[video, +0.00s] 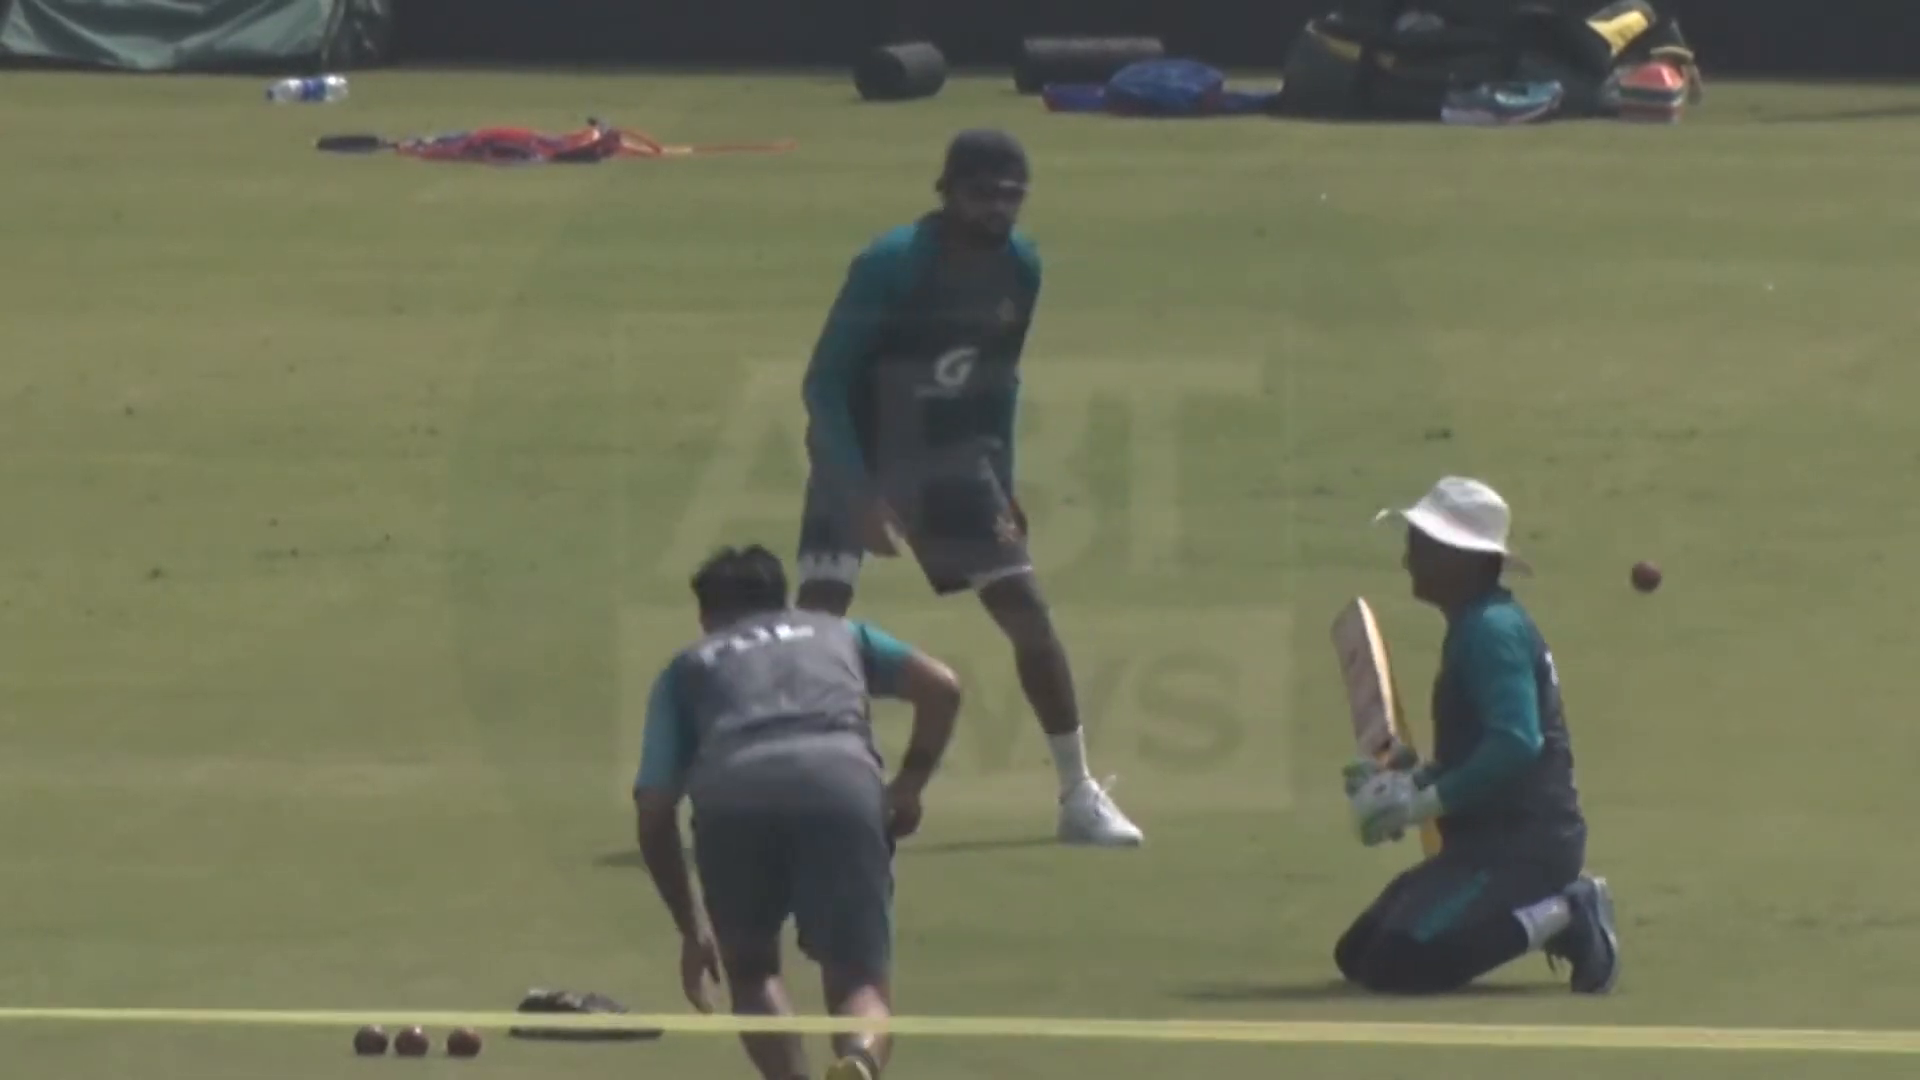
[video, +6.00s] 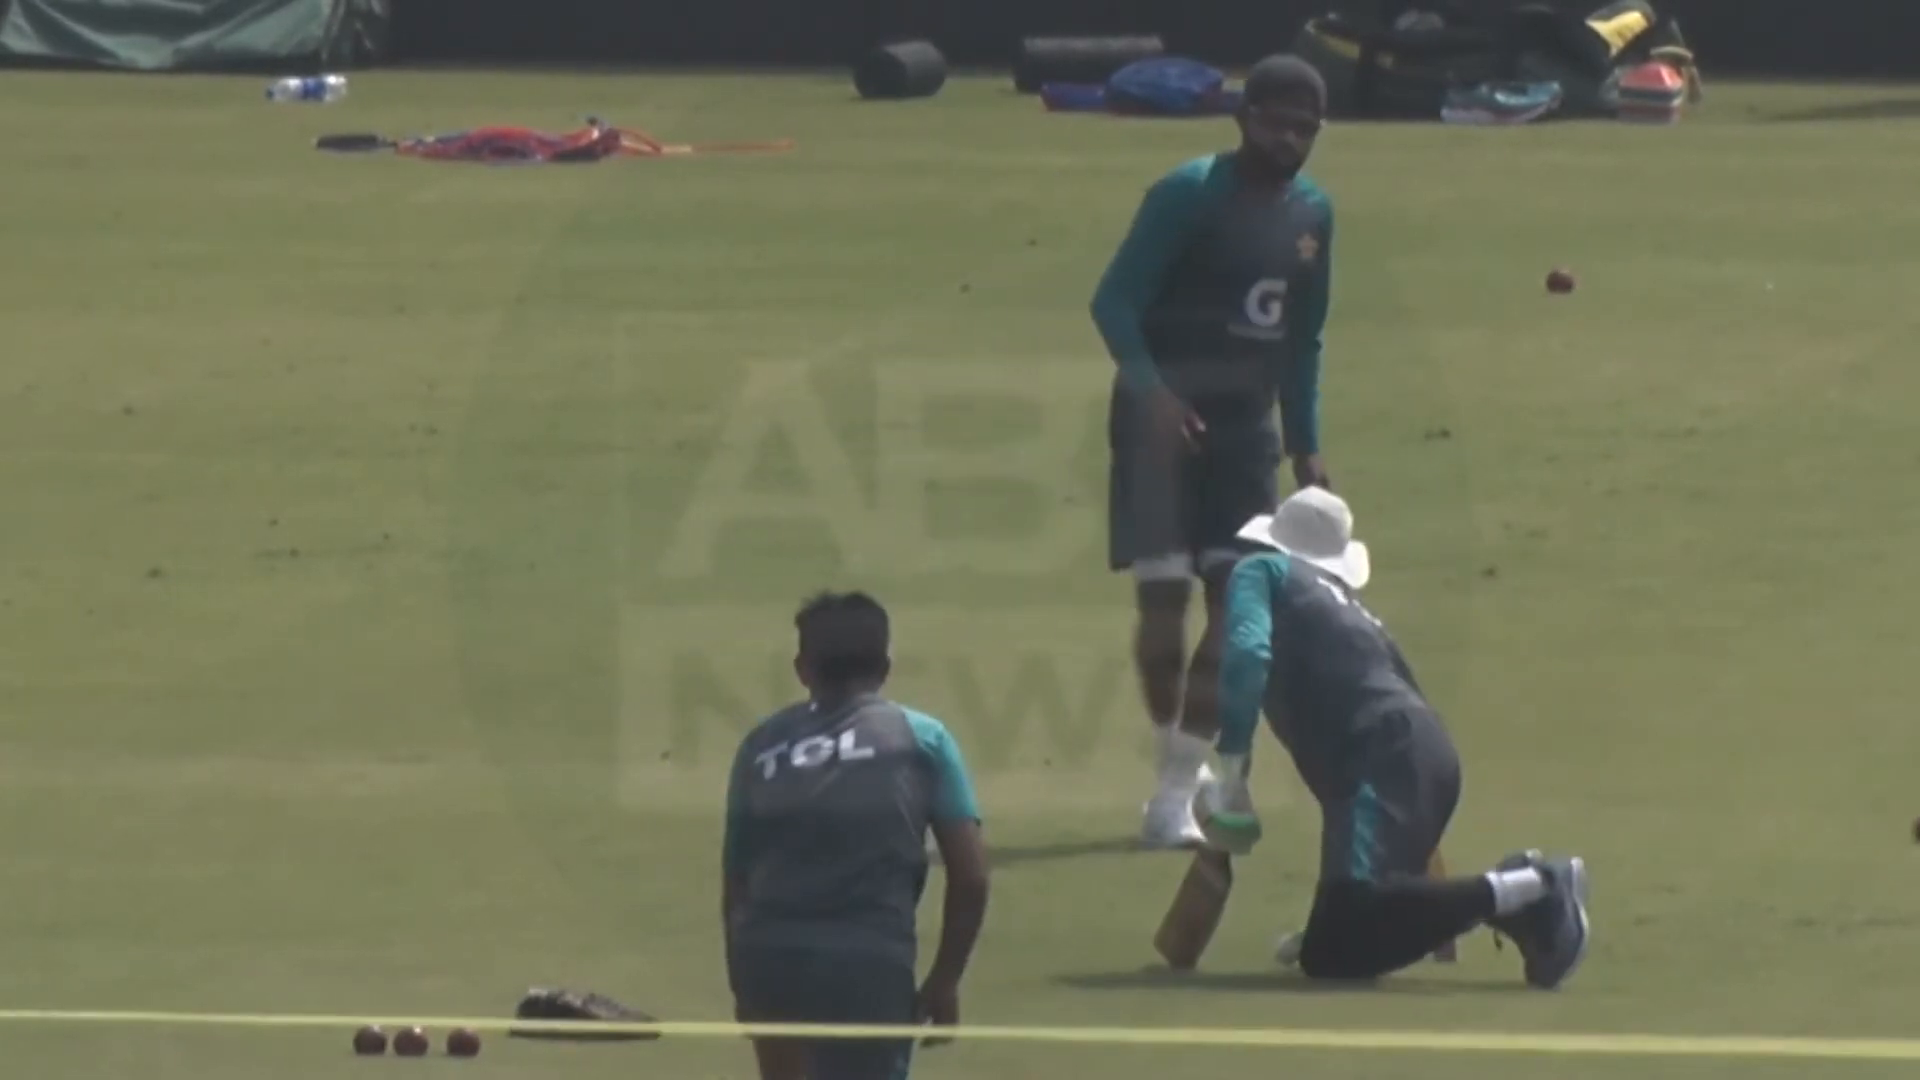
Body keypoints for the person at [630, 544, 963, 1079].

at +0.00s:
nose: (702, 624)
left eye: (704, 613)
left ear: (708, 616)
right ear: (784, 603)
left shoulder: (686, 669)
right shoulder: (839, 633)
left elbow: (654, 822)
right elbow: (941, 687)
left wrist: (692, 931)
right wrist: (909, 785)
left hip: (734, 803)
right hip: (840, 791)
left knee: (753, 972)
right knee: (857, 974)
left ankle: (789, 1071)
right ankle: (856, 1059)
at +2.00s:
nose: (795, 397)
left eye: (779, 382)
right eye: (805, 385)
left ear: (738, 382)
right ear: (812, 389)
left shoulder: (677, 463)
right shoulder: (823, 472)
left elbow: (635, 592)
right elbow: (825, 607)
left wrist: (718, 629)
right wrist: (842, 726)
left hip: (701, 736)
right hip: (797, 730)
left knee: (722, 916)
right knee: (857, 898)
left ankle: (727, 1071)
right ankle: (823, 1065)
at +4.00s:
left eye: (737, 649)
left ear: (741, 662)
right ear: (819, 653)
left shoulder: (710, 761)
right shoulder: (867, 705)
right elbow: (968, 617)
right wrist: (935, 523)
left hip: (760, 958)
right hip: (864, 952)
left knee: (786, 1060)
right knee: (866, 1065)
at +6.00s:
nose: (794, 665)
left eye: (796, 655)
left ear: (803, 669)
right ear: (884, 667)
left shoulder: (759, 745)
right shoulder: (922, 737)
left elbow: (736, 886)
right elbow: (971, 877)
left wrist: (745, 986)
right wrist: (944, 983)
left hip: (770, 965)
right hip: (870, 968)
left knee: (785, 1069)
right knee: (869, 1068)